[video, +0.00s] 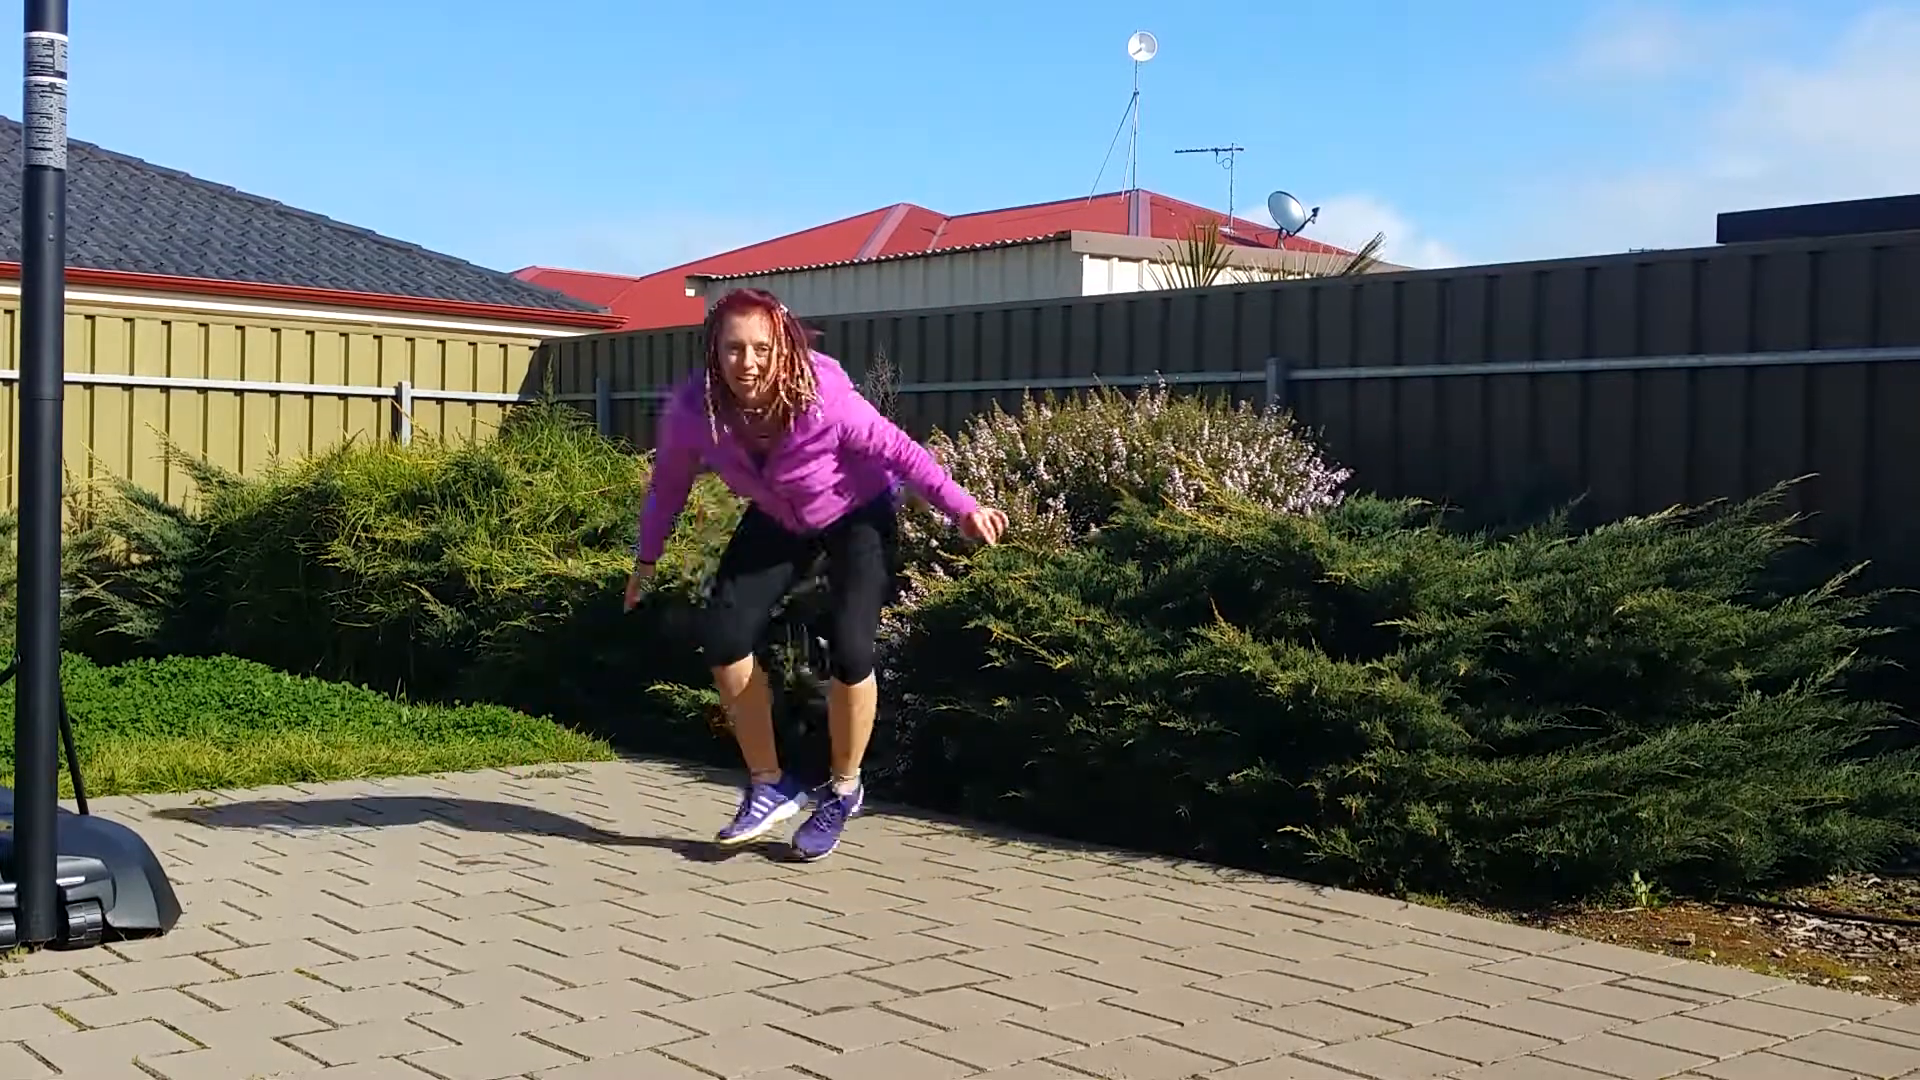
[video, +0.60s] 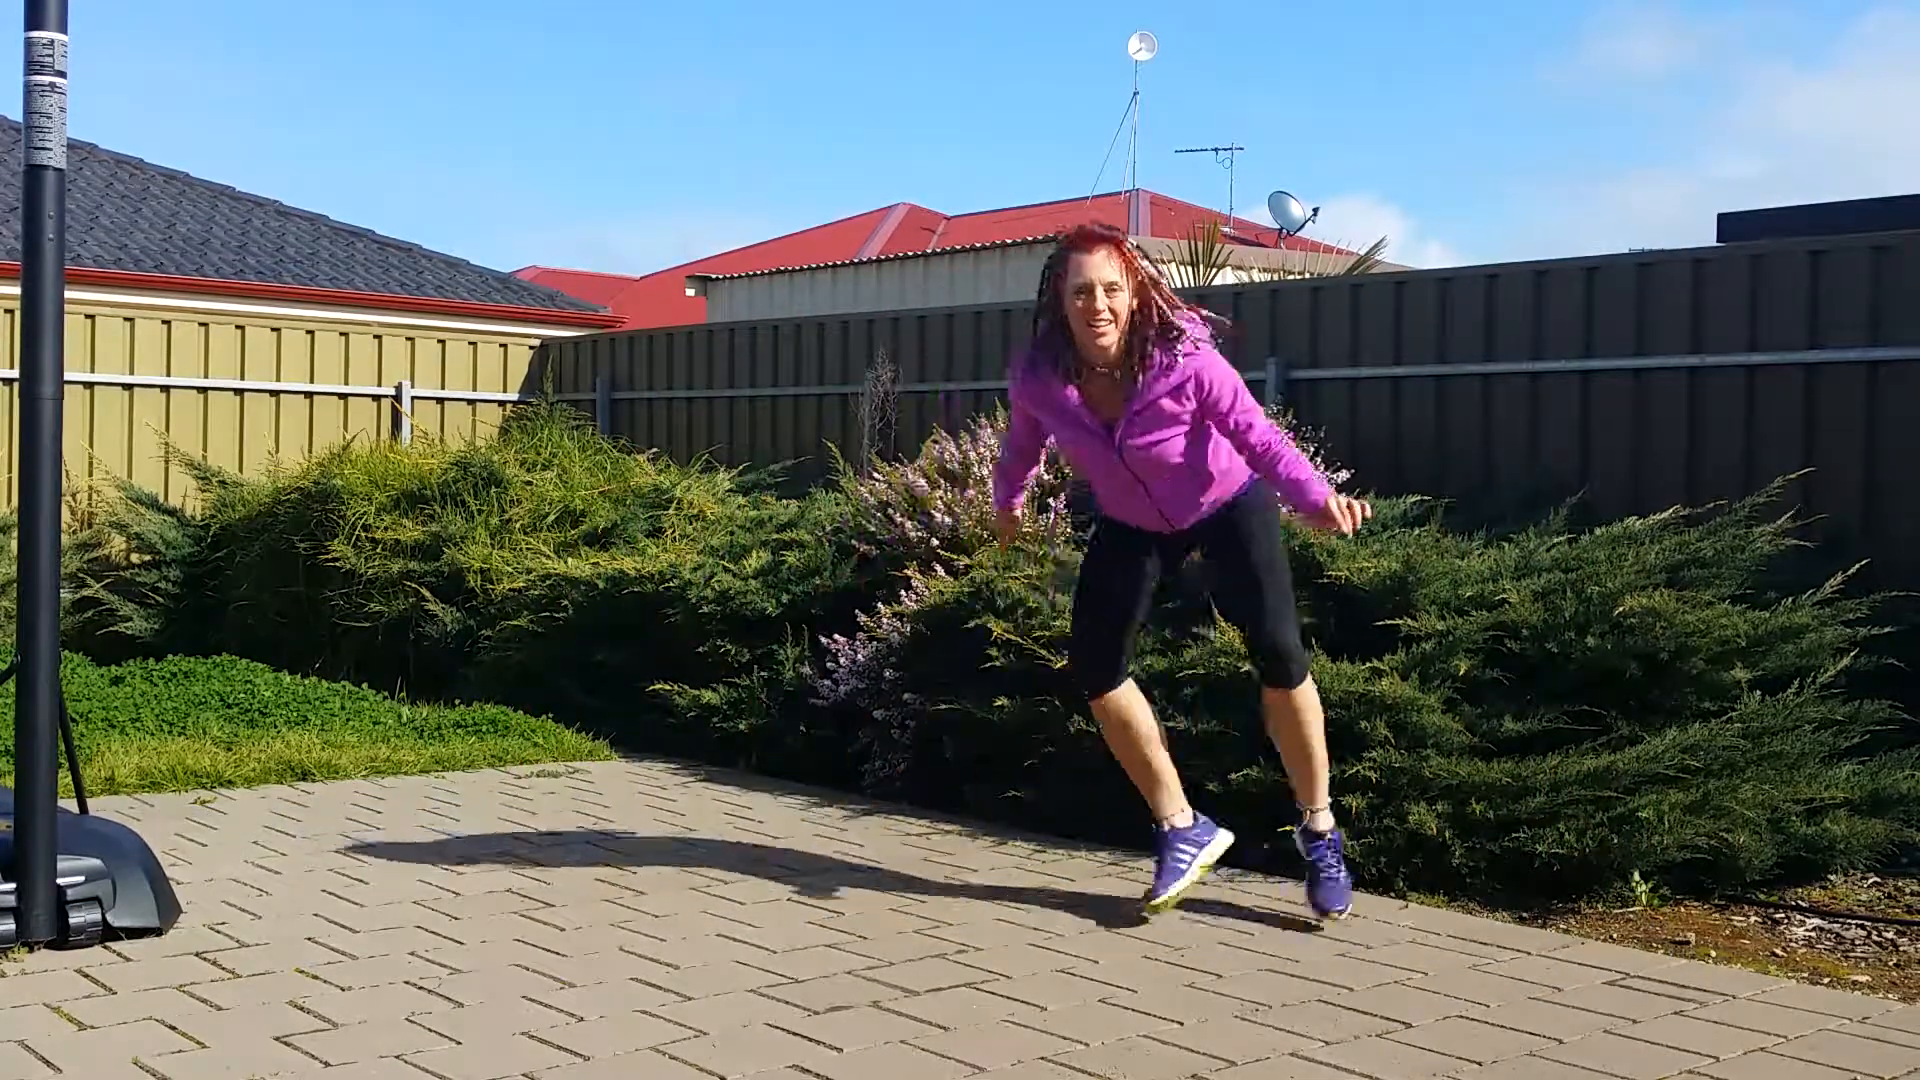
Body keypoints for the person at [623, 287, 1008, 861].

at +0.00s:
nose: (747, 363)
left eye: (761, 349)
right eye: (733, 349)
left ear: (783, 351)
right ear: (713, 353)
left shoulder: (822, 389)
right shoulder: (692, 410)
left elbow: (895, 448)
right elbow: (666, 488)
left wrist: (964, 507)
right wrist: (644, 559)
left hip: (855, 510)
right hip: (775, 515)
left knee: (850, 652)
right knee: (725, 640)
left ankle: (844, 789)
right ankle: (768, 786)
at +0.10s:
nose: (785, 355)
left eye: (800, 342)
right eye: (772, 342)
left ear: (822, 348)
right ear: (751, 348)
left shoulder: (860, 396)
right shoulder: (730, 407)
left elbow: (939, 456)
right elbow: (710, 488)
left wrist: (1014, 510)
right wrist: (683, 568)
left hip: (896, 524)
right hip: (809, 535)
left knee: (933, 651)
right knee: (771, 668)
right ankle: (818, 816)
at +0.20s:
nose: (834, 366)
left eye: (847, 353)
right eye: (820, 353)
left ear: (870, 360)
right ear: (800, 359)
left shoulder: (906, 411)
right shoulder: (772, 430)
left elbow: (974, 479)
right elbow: (748, 519)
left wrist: (1049, 532)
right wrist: (716, 599)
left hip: (940, 556)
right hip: (850, 566)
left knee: (1013, 677)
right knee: (791, 689)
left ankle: (1109, 818)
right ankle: (829, 829)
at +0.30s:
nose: (896, 365)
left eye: (910, 351)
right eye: (881, 351)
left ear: (935, 358)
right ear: (860, 360)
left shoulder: (974, 416)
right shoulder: (839, 429)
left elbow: (1043, 492)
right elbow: (809, 522)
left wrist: (1117, 553)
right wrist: (769, 599)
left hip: (1004, 578)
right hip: (906, 585)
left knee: (1078, 691)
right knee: (825, 696)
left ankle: (1172, 849)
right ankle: (830, 830)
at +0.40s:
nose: (976, 338)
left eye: (990, 324)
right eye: (962, 325)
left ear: (1018, 334)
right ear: (943, 339)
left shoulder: (1064, 397)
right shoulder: (924, 413)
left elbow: (1132, 477)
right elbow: (906, 493)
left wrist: (1208, 542)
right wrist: (861, 563)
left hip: (1092, 562)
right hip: (989, 566)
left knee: (1145, 696)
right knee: (912, 694)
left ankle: (1185, 863)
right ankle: (845, 819)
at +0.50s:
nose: (1039, 312)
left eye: (1054, 297)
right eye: (1023, 299)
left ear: (1081, 305)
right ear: (1002, 311)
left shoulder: (1127, 363)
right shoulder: (985, 392)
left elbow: (1200, 440)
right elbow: (973, 464)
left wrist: (1272, 498)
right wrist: (950, 521)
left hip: (1168, 528)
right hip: (1066, 535)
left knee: (1203, 685)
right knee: (992, 674)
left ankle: (1205, 853)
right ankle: (1011, 832)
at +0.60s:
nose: (1096, 304)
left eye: (1110, 288)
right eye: (1080, 291)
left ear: (1135, 293)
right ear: (1057, 300)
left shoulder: (1183, 353)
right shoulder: (1039, 372)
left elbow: (1254, 429)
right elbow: (1021, 444)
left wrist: (1314, 495)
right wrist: (1006, 502)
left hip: (1226, 505)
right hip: (1128, 522)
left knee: (1280, 657)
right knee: (1097, 670)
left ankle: (1320, 828)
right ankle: (1181, 827)